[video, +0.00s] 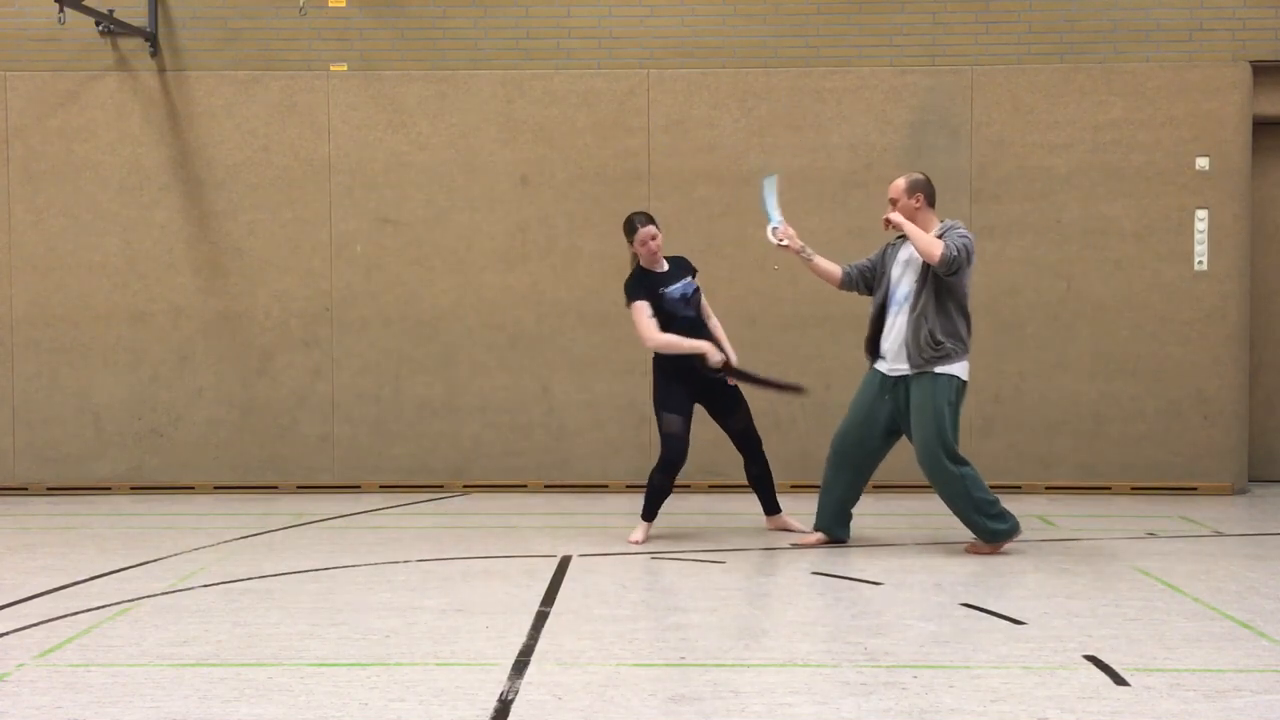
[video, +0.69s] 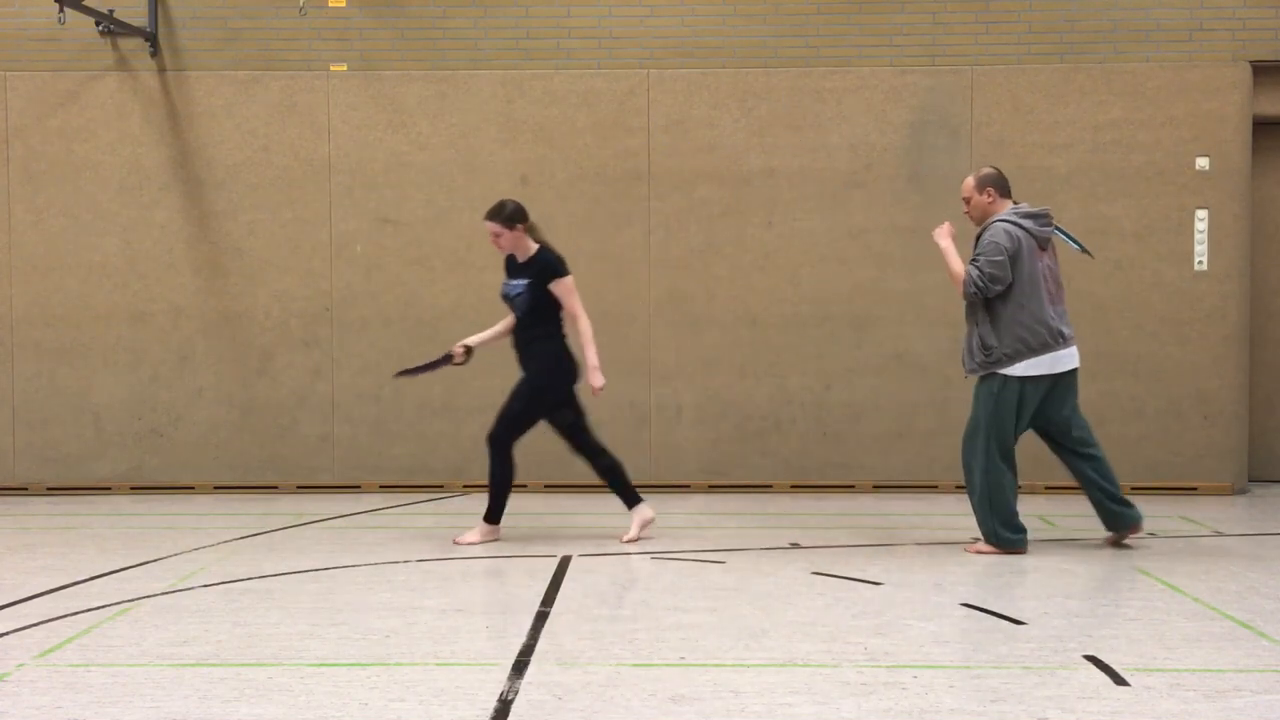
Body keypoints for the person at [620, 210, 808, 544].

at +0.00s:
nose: (653, 246)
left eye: (655, 237)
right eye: (644, 242)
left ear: (661, 235)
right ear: (632, 247)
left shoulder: (682, 266)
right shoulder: (637, 284)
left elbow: (707, 315)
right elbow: (651, 339)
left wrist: (728, 353)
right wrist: (704, 347)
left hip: (709, 367)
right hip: (673, 375)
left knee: (750, 442)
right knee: (674, 455)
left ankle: (774, 516)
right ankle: (644, 525)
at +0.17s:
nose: (613, 253)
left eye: (618, 246)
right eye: (608, 248)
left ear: (634, 240)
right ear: (603, 248)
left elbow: (690, 319)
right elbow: (601, 345)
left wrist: (712, 363)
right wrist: (634, 372)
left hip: (685, 367)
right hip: (643, 373)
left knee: (729, 442)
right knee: (639, 453)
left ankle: (782, 505)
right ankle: (648, 523)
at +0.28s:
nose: (588, 252)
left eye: (592, 245)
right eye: (583, 246)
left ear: (612, 239)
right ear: (580, 245)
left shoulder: (642, 268)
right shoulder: (586, 280)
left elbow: (672, 317)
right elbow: (591, 329)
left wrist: (693, 365)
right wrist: (586, 372)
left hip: (668, 366)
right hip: (628, 372)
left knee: (698, 441)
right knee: (635, 446)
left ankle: (754, 497)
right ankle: (648, 523)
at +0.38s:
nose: (566, 245)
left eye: (570, 237)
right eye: (562, 238)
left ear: (590, 231)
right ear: (562, 237)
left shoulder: (623, 261)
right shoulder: (574, 268)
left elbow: (654, 313)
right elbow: (585, 316)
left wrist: (666, 363)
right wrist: (560, 358)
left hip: (646, 360)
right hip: (612, 365)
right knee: (627, 443)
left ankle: (703, 488)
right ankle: (647, 521)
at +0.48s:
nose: (539, 235)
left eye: (543, 228)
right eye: (536, 229)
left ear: (563, 221)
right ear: (551, 226)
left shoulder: (597, 251)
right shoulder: (555, 256)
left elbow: (627, 306)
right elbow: (566, 307)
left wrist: (628, 358)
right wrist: (527, 341)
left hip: (613, 360)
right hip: (589, 361)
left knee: (577, 431)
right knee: (621, 441)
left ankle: (600, 516)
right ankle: (648, 517)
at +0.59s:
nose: (518, 239)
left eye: (522, 232)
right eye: (516, 233)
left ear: (543, 226)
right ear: (533, 229)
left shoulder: (575, 256)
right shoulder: (537, 260)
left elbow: (604, 311)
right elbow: (544, 314)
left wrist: (610, 365)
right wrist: (500, 341)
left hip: (586, 367)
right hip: (570, 366)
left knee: (541, 437)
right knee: (613, 441)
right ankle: (648, 515)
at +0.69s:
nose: (492, 242)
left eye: (496, 236)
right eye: (490, 236)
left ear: (518, 229)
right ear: (509, 232)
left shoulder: (550, 263)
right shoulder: (513, 263)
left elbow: (578, 315)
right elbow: (517, 318)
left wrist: (593, 367)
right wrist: (471, 342)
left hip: (550, 371)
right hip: (540, 371)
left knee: (500, 438)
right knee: (584, 443)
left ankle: (490, 525)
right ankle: (638, 507)